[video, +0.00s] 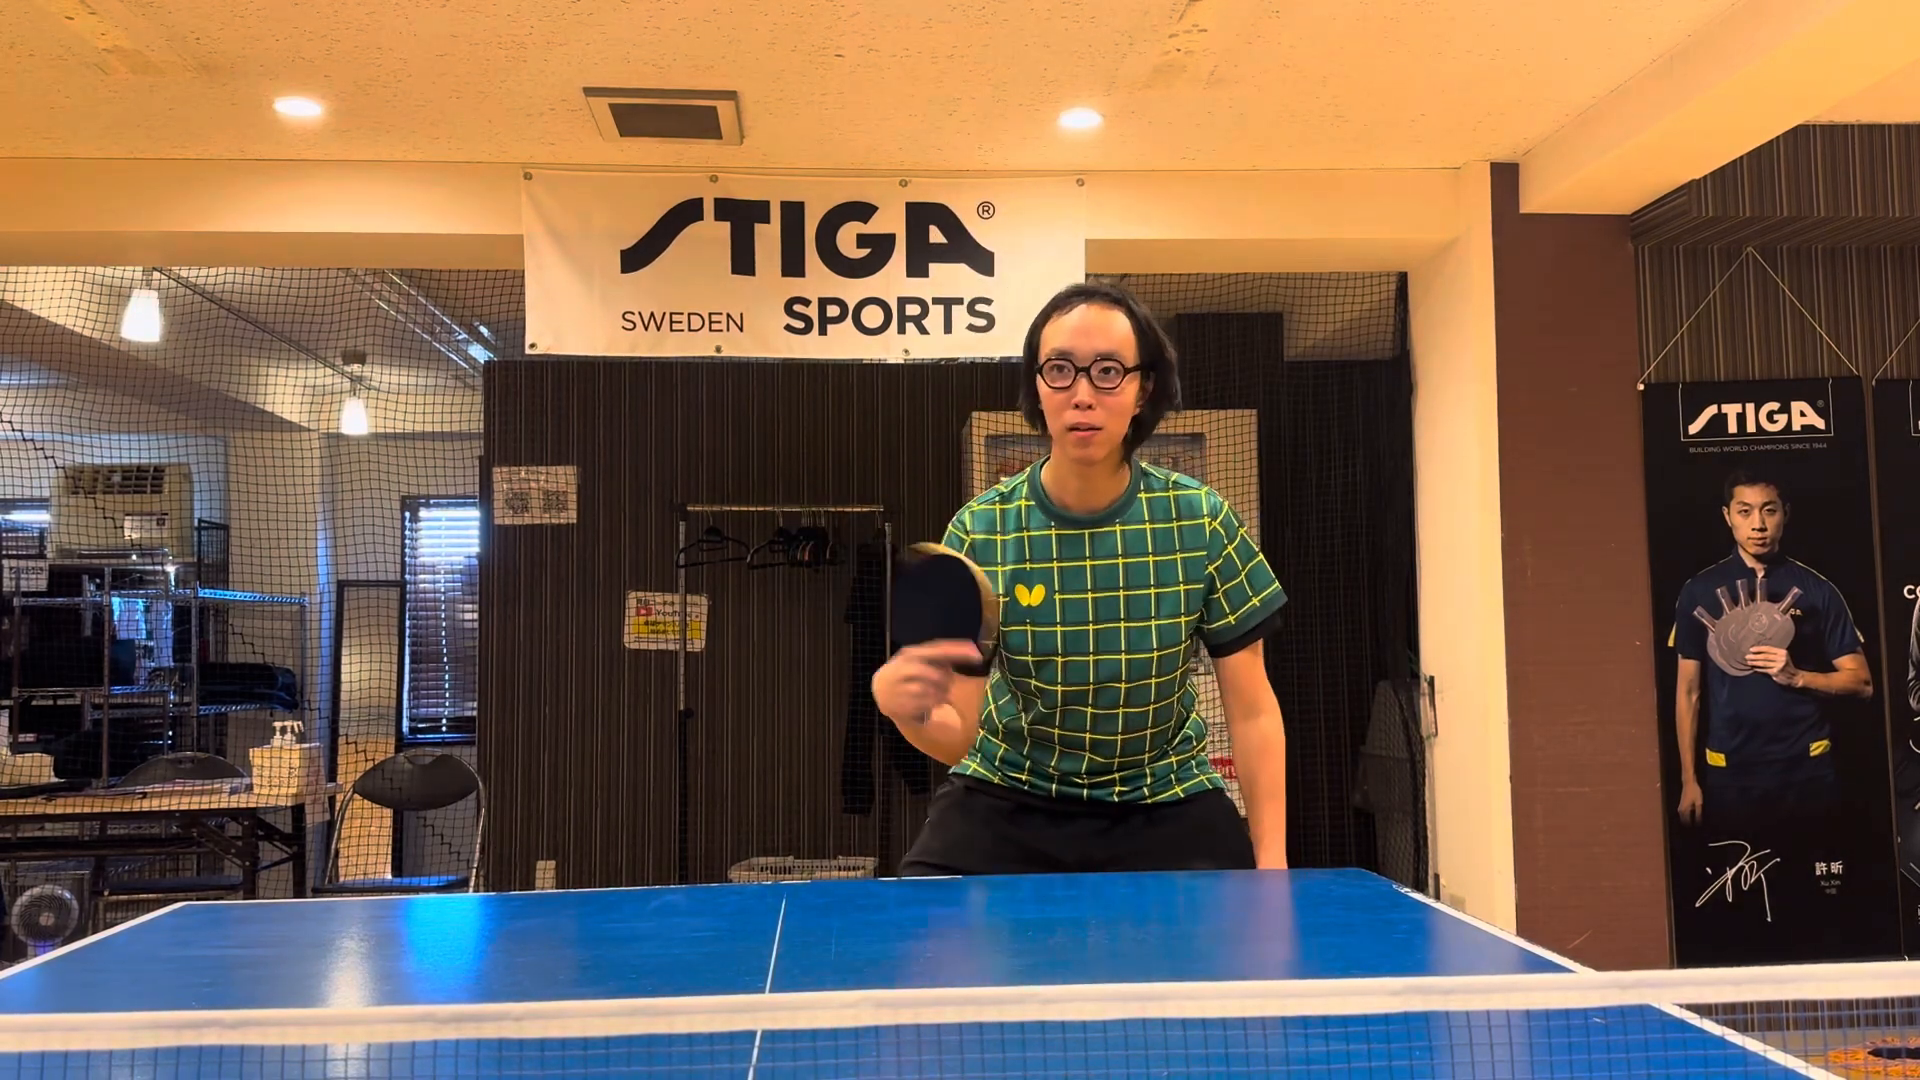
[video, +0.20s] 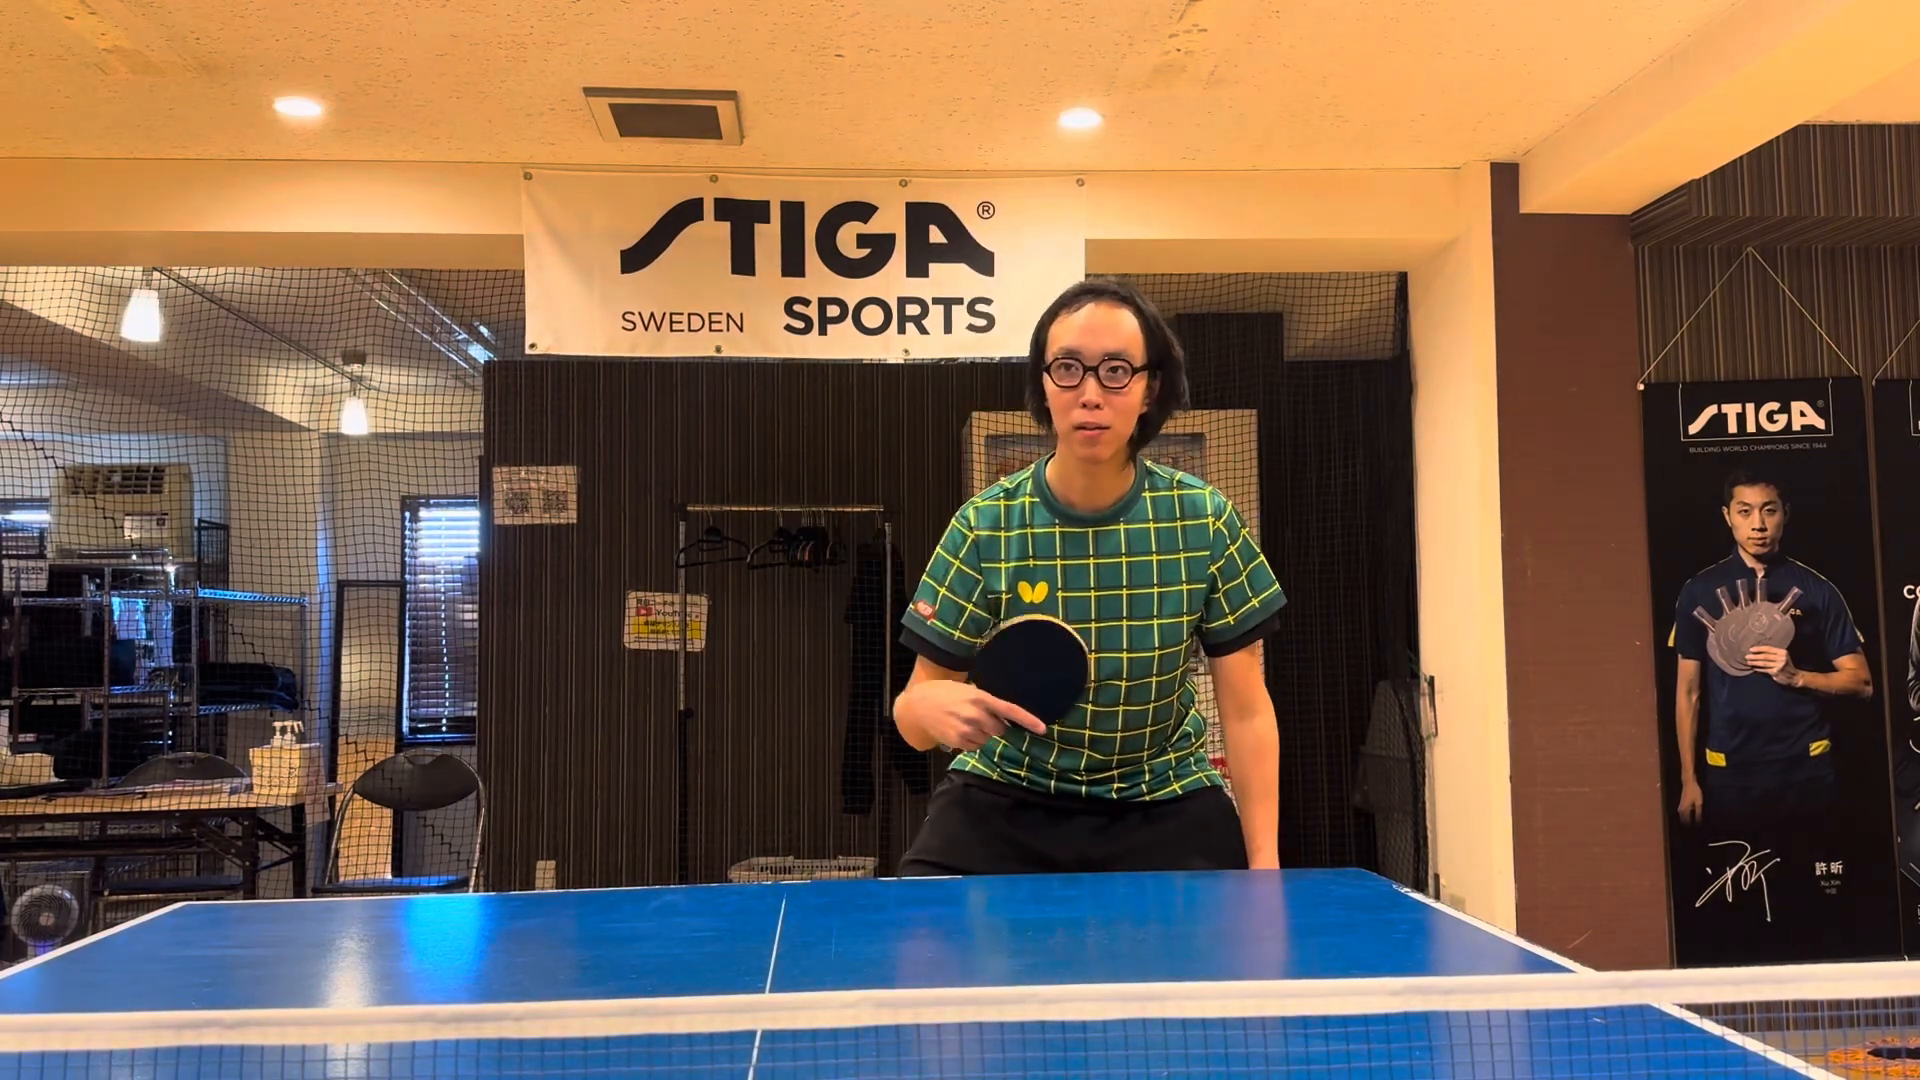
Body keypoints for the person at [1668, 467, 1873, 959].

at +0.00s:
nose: (1758, 523)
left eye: (1768, 510)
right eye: (1745, 511)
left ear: (1784, 516)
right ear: (1728, 517)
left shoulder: (1816, 592)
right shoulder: (1700, 594)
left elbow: (1860, 681)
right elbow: (1688, 692)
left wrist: (1798, 676)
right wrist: (1688, 778)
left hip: (1806, 772)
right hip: (1728, 775)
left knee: (1812, 904)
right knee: (1732, 907)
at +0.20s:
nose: (1758, 522)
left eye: (1768, 510)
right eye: (1745, 511)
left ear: (1784, 516)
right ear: (1728, 517)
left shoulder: (1816, 591)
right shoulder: (1700, 594)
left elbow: (1860, 681)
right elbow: (1688, 692)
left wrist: (1797, 676)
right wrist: (1688, 778)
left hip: (1806, 771)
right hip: (1729, 775)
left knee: (1812, 903)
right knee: (1732, 907)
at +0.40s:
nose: (1758, 522)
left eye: (1768, 510)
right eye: (1745, 511)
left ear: (1784, 517)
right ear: (1728, 517)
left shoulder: (1815, 591)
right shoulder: (1700, 594)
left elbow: (1859, 680)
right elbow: (1688, 692)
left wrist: (1798, 676)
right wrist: (1688, 778)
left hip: (1805, 772)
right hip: (1728, 775)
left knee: (1812, 905)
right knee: (1731, 908)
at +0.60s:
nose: (1758, 523)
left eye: (1768, 510)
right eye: (1745, 511)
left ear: (1784, 517)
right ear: (1728, 517)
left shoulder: (1815, 591)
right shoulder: (1700, 594)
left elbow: (1860, 680)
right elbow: (1688, 691)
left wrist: (1798, 676)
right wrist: (1688, 778)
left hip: (1806, 771)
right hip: (1728, 775)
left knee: (1813, 904)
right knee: (1732, 907)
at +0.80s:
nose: (1758, 524)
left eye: (1769, 510)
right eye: (1745, 511)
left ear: (1784, 516)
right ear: (1728, 518)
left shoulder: (1817, 591)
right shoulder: (1699, 593)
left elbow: (1860, 682)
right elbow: (1688, 692)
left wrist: (1797, 676)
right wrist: (1689, 779)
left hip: (1805, 772)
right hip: (1731, 776)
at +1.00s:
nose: (1758, 522)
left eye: (1768, 510)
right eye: (1745, 511)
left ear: (1784, 517)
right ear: (1728, 517)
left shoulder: (1815, 591)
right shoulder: (1700, 594)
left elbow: (1860, 680)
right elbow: (1688, 691)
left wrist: (1798, 676)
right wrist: (1688, 778)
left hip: (1806, 770)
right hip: (1728, 774)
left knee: (1814, 904)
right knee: (1731, 907)